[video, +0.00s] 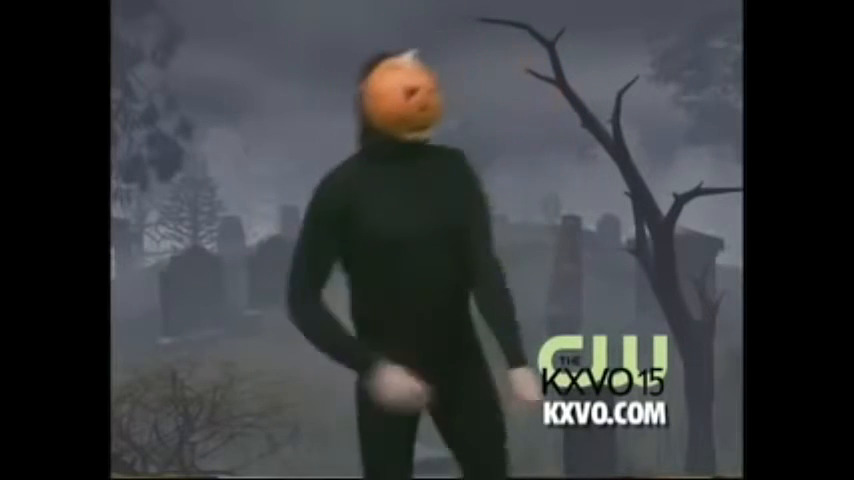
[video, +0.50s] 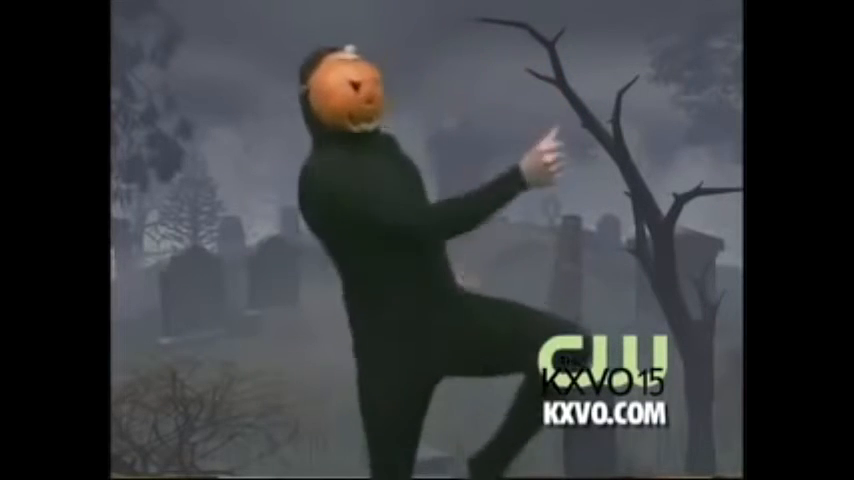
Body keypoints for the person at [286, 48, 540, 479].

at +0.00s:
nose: (419, 93)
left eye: (425, 85)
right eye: (402, 87)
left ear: (438, 98)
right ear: (368, 105)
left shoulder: (453, 170)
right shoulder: (343, 186)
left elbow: (484, 271)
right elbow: (302, 301)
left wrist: (516, 360)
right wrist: (370, 366)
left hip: (458, 359)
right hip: (384, 363)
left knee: (490, 469)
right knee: (387, 473)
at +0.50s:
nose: (363, 85)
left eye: (364, 74)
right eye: (344, 80)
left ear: (377, 84)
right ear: (315, 104)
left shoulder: (383, 151)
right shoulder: (325, 175)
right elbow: (420, 226)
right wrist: (518, 180)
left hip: (446, 319)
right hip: (392, 342)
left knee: (568, 347)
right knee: (391, 470)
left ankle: (492, 462)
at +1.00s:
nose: (440, 93)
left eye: (453, 82)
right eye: (426, 83)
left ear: (473, 92)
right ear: (408, 94)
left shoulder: (508, 159)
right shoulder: (388, 171)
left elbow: (573, 229)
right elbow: (367, 271)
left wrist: (531, 256)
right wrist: (370, 360)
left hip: (487, 354)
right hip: (413, 355)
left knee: (501, 471)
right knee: (401, 472)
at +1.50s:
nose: (488, 79)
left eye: (502, 70)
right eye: (476, 69)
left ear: (518, 84)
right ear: (456, 82)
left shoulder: (533, 153)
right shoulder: (424, 149)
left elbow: (526, 240)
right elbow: (407, 226)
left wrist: (460, 251)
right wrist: (375, 269)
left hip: (498, 338)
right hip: (423, 335)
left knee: (510, 468)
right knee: (394, 464)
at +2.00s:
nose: (419, 84)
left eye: (430, 75)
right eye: (406, 75)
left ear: (448, 88)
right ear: (387, 90)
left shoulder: (472, 151)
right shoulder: (367, 158)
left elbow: (514, 223)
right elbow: (384, 228)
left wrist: (502, 190)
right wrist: (461, 203)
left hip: (459, 340)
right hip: (390, 344)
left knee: (478, 467)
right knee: (384, 469)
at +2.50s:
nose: (397, 77)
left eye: (403, 68)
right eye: (381, 69)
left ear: (414, 84)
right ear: (353, 90)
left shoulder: (420, 160)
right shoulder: (351, 163)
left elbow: (501, 175)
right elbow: (375, 273)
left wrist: (530, 99)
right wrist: (425, 358)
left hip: (436, 337)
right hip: (381, 344)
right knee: (382, 470)